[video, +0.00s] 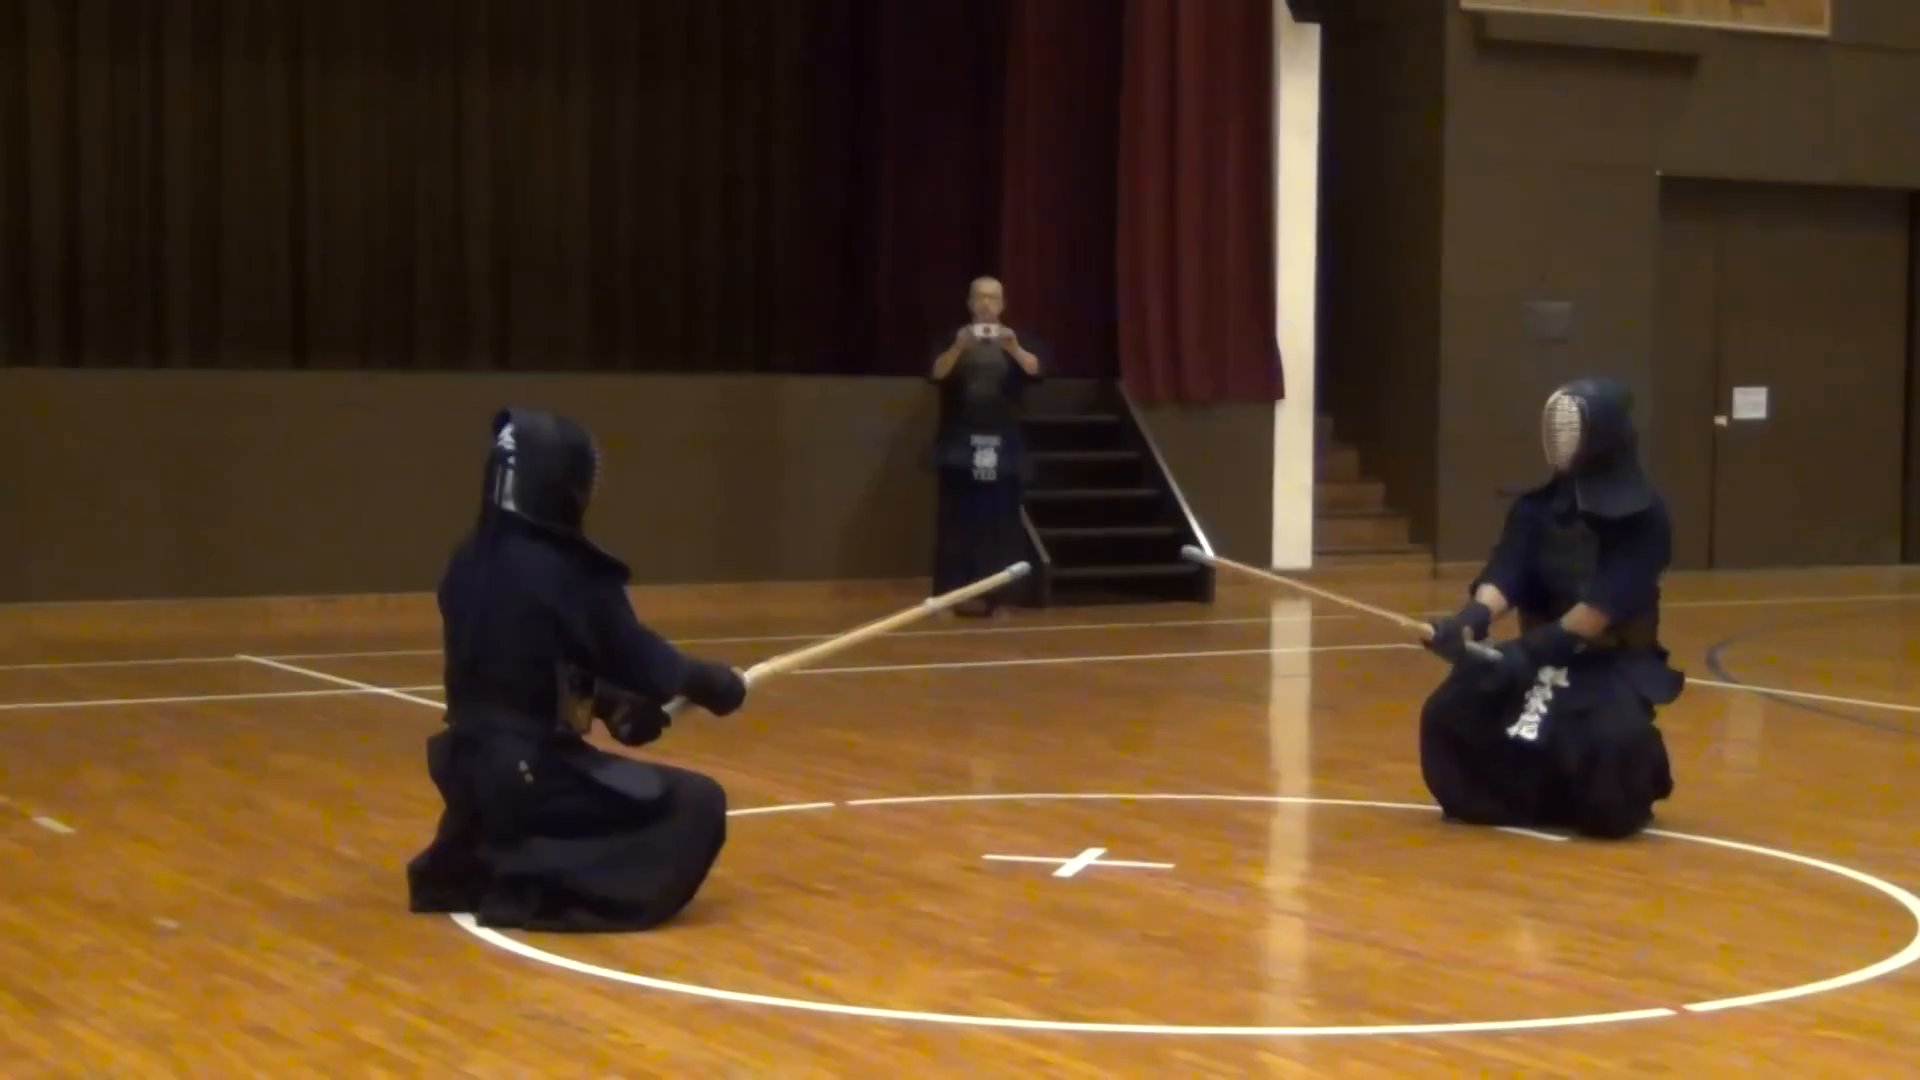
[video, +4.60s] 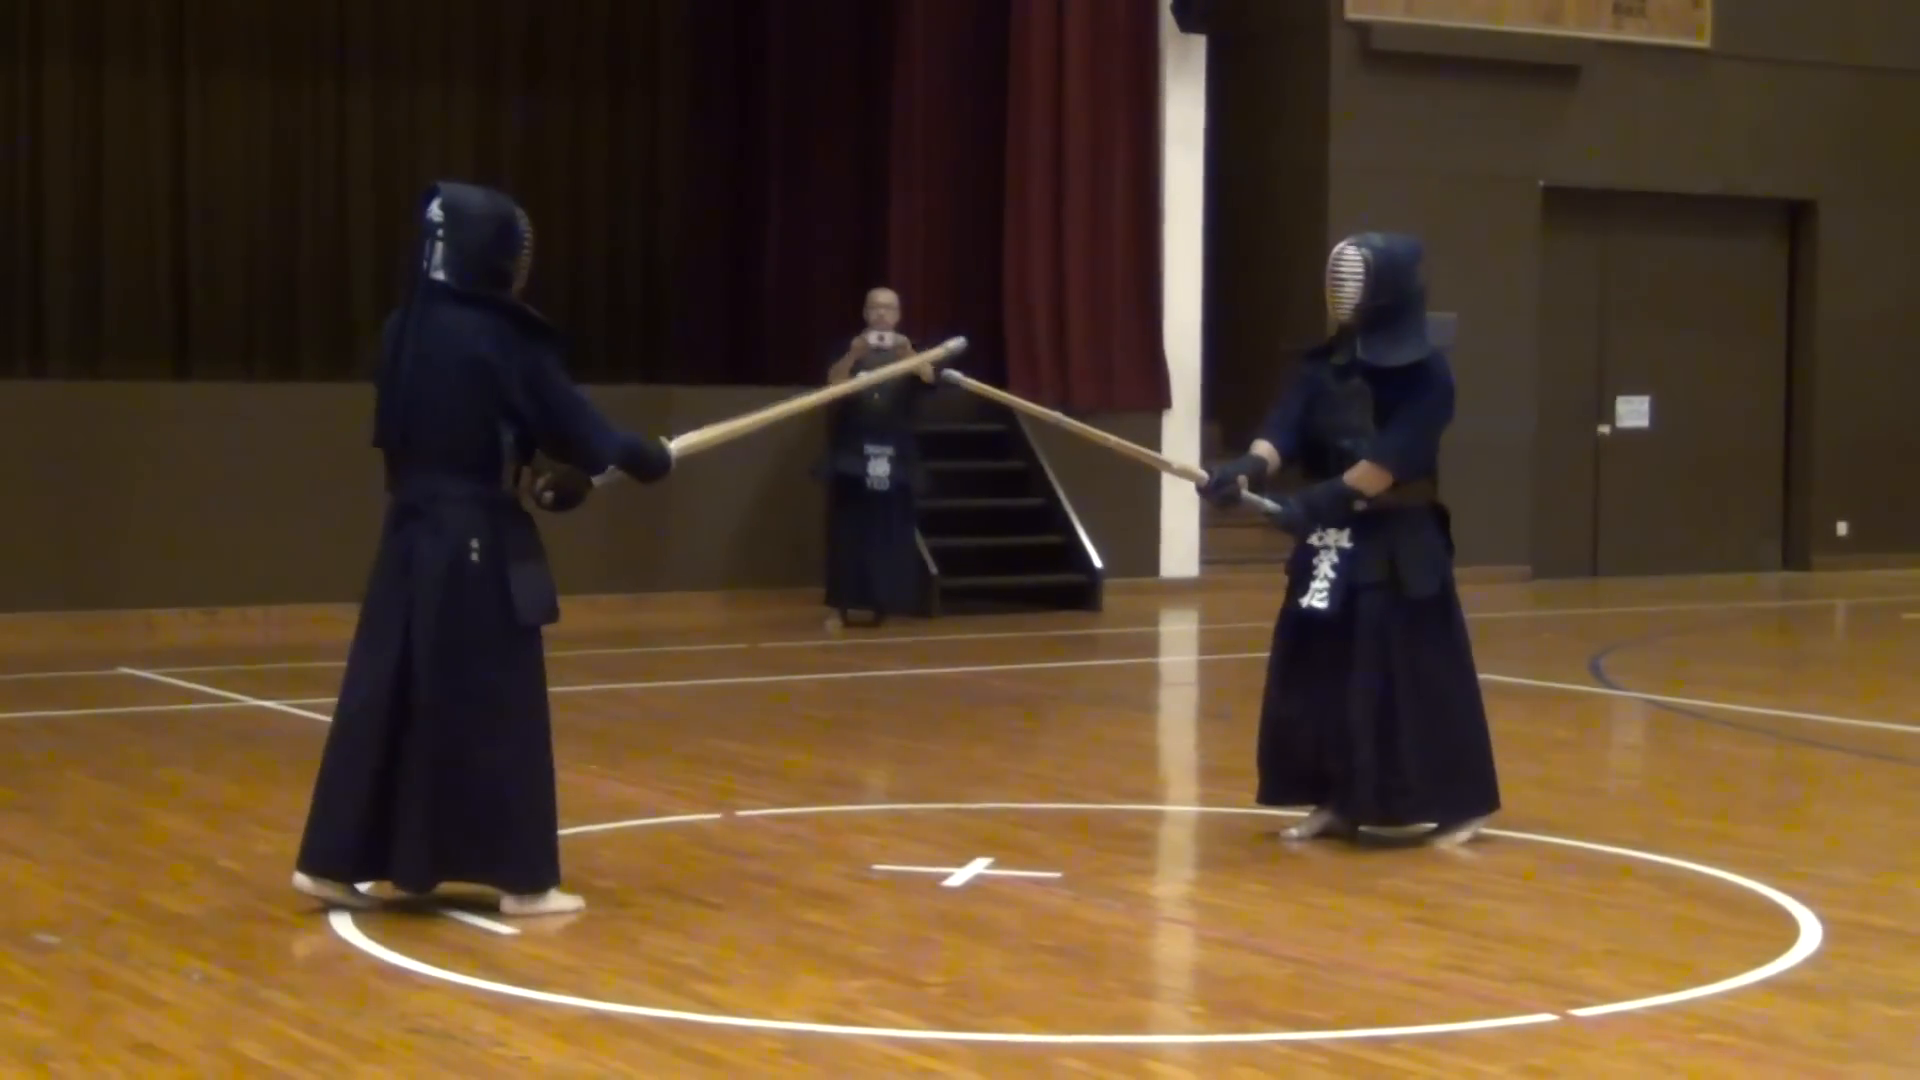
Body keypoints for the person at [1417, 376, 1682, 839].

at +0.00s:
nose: (1556, 439)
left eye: (1569, 428)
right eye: (1553, 427)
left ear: (1602, 434)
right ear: (1547, 429)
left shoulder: (1639, 515)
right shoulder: (1534, 508)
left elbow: (1603, 608)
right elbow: (1506, 575)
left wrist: (1524, 653)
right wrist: (1469, 619)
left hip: (1610, 666)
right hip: (1535, 658)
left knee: (1616, 740)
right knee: (1449, 714)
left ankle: (1613, 810)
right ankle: (1484, 800)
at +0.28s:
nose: (1550, 362)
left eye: (1562, 351)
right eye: (1546, 350)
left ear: (1596, 357)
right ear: (1544, 353)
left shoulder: (1635, 435)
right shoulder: (1535, 428)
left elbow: (1602, 527)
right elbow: (1503, 495)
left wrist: (1529, 572)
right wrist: (1469, 541)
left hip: (1618, 588)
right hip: (1544, 582)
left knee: (1607, 676)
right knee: (1482, 667)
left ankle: (1611, 802)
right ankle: (1489, 793)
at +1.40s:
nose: (1516, 299)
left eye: (1529, 288)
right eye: (1513, 286)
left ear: (1564, 292)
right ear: (1509, 289)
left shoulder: (1596, 373)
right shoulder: (1495, 364)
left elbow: (1569, 459)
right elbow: (1462, 428)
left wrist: (1490, 499)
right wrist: (1425, 464)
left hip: (1574, 538)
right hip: (1498, 533)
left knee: (1584, 666)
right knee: (1471, 661)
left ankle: (1619, 797)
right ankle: (1472, 797)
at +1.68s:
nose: (1460, 291)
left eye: (1474, 279)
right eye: (1457, 279)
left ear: (1508, 286)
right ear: (1452, 284)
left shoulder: (1540, 368)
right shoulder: (1436, 360)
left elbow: (1507, 455)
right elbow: (1402, 422)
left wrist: (1429, 493)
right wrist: (1368, 459)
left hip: (1518, 531)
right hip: (1446, 527)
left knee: (1530, 660)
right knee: (1444, 658)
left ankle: (1574, 796)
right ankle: (1462, 798)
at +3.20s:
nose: (1383, 298)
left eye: (1396, 287)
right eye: (1381, 286)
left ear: (1430, 292)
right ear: (1378, 290)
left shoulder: (1464, 371)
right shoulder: (1362, 364)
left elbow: (1434, 459)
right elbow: (1326, 426)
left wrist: (1361, 501)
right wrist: (1296, 469)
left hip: (1442, 535)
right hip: (1370, 531)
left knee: (1451, 665)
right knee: (1362, 664)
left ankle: (1491, 804)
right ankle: (1369, 802)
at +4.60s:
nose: (1340, 297)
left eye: (1354, 285)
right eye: (1338, 283)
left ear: (1388, 290)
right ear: (1336, 288)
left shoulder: (1423, 373)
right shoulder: (1323, 364)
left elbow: (1390, 463)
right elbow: (1285, 426)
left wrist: (1315, 503)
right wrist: (1250, 467)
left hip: (1402, 536)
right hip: (1333, 531)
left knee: (1417, 667)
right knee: (1326, 664)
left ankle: (1457, 801)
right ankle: (1333, 799)